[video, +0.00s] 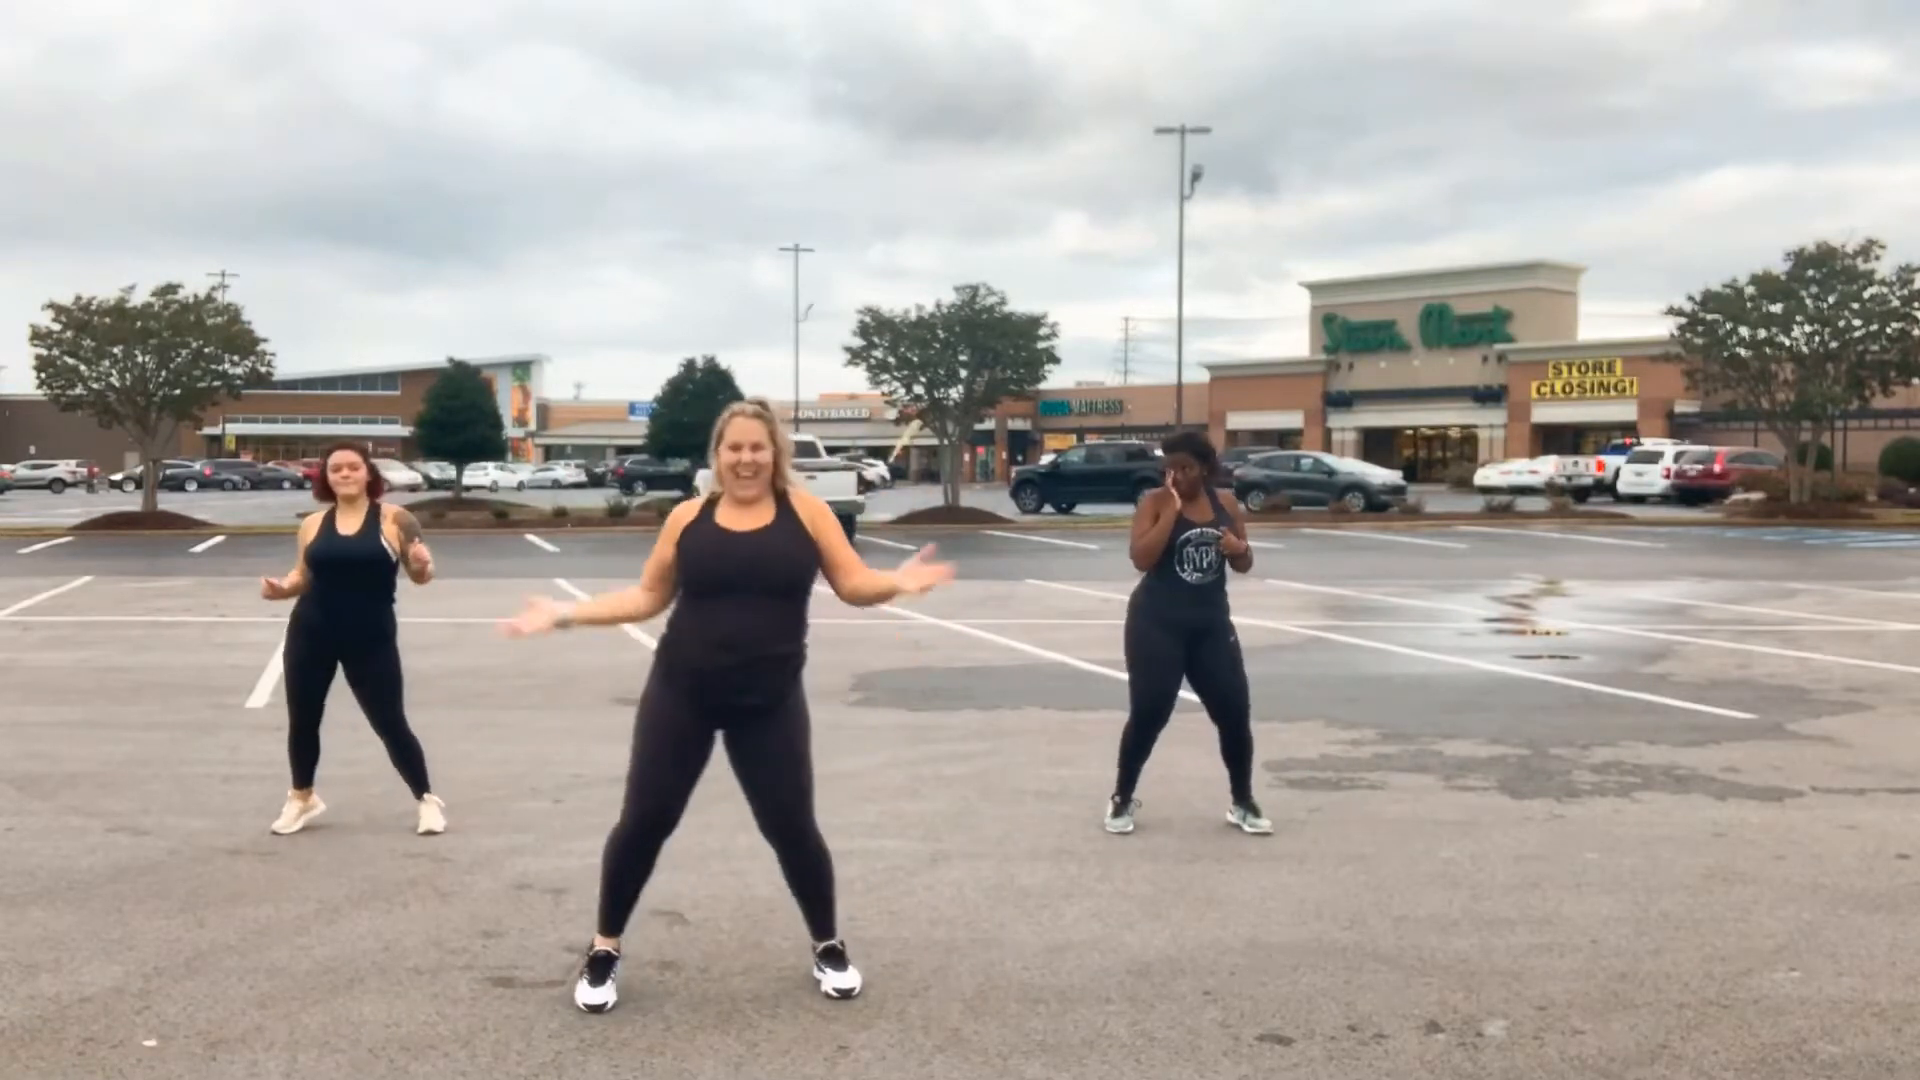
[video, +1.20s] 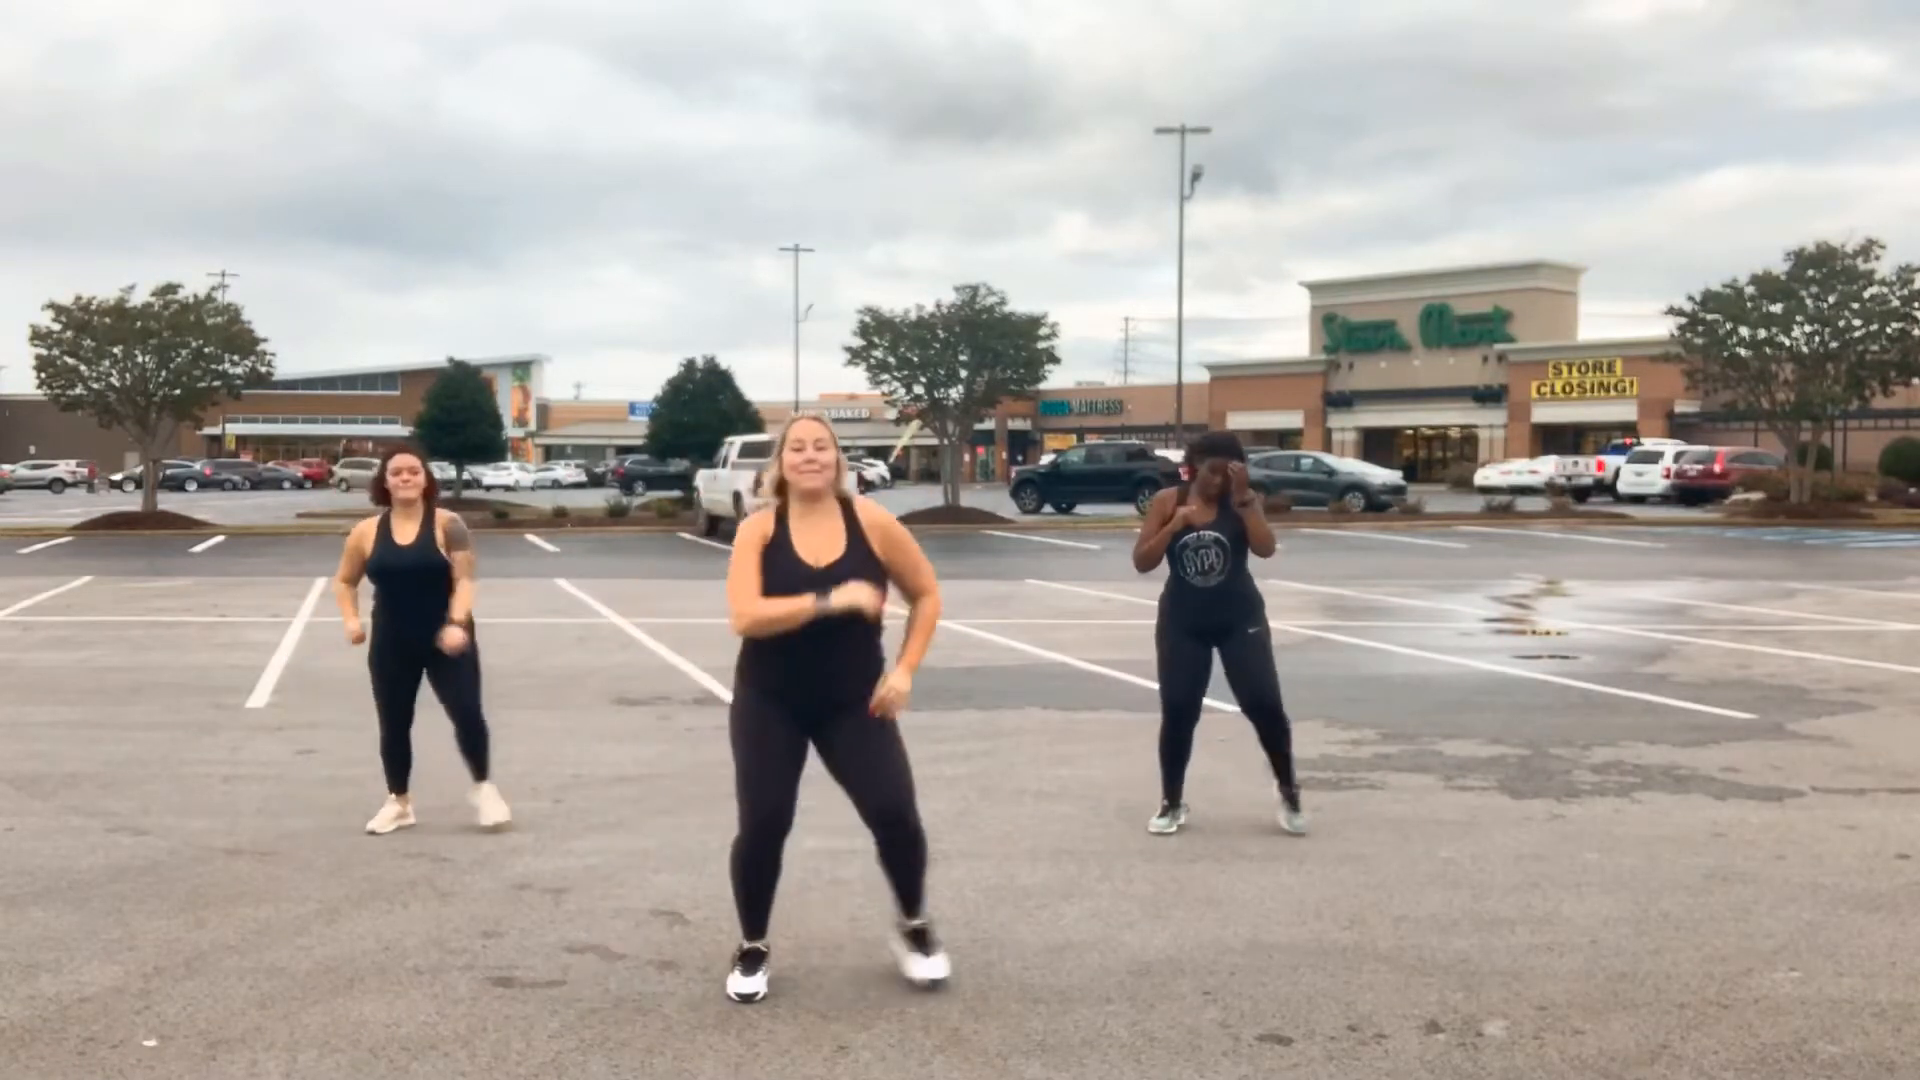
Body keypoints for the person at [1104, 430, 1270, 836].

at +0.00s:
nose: (1175, 476)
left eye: (1183, 469)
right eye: (1170, 469)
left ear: (1204, 468)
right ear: (1164, 469)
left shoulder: (1224, 502)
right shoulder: (1153, 502)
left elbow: (1243, 564)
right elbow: (1141, 558)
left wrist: (1237, 549)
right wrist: (1170, 512)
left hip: (1210, 626)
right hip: (1156, 626)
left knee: (1235, 715)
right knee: (1148, 715)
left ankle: (1242, 802)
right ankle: (1122, 799)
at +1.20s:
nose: (1220, 479)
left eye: (1227, 472)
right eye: (1213, 471)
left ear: (1235, 473)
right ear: (1192, 469)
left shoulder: (1245, 502)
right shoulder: (1168, 501)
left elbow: (1266, 548)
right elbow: (1142, 561)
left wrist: (1242, 500)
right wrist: (1175, 524)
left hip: (1239, 618)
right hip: (1183, 620)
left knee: (1266, 707)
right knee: (1178, 711)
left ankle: (1289, 794)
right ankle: (1171, 803)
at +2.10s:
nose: (1221, 459)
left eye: (1226, 452)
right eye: (1212, 451)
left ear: (1234, 459)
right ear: (1192, 457)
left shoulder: (1244, 499)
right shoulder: (1172, 502)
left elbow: (1251, 554)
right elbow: (1170, 562)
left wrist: (1279, 553)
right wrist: (1224, 544)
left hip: (1229, 618)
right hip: (1176, 618)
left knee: (1223, 713)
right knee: (1182, 710)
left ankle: (1216, 803)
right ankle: (1178, 804)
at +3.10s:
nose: (1210, 452)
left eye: (1213, 445)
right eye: (1199, 449)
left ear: (1222, 450)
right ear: (1182, 460)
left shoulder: (1241, 497)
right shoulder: (1161, 503)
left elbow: (1275, 555)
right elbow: (1144, 562)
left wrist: (1260, 521)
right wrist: (1176, 564)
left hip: (1225, 622)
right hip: (1169, 623)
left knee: (1223, 714)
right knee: (1162, 710)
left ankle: (1221, 803)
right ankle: (1137, 795)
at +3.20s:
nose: (1212, 450)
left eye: (1216, 443)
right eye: (1202, 446)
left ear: (1225, 449)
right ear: (1185, 456)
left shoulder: (1245, 495)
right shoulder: (1165, 500)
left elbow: (1268, 549)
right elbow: (1146, 552)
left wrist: (1247, 516)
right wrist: (1165, 563)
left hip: (1226, 619)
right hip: (1172, 619)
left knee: (1223, 712)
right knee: (1176, 709)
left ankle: (1221, 802)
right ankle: (1173, 798)